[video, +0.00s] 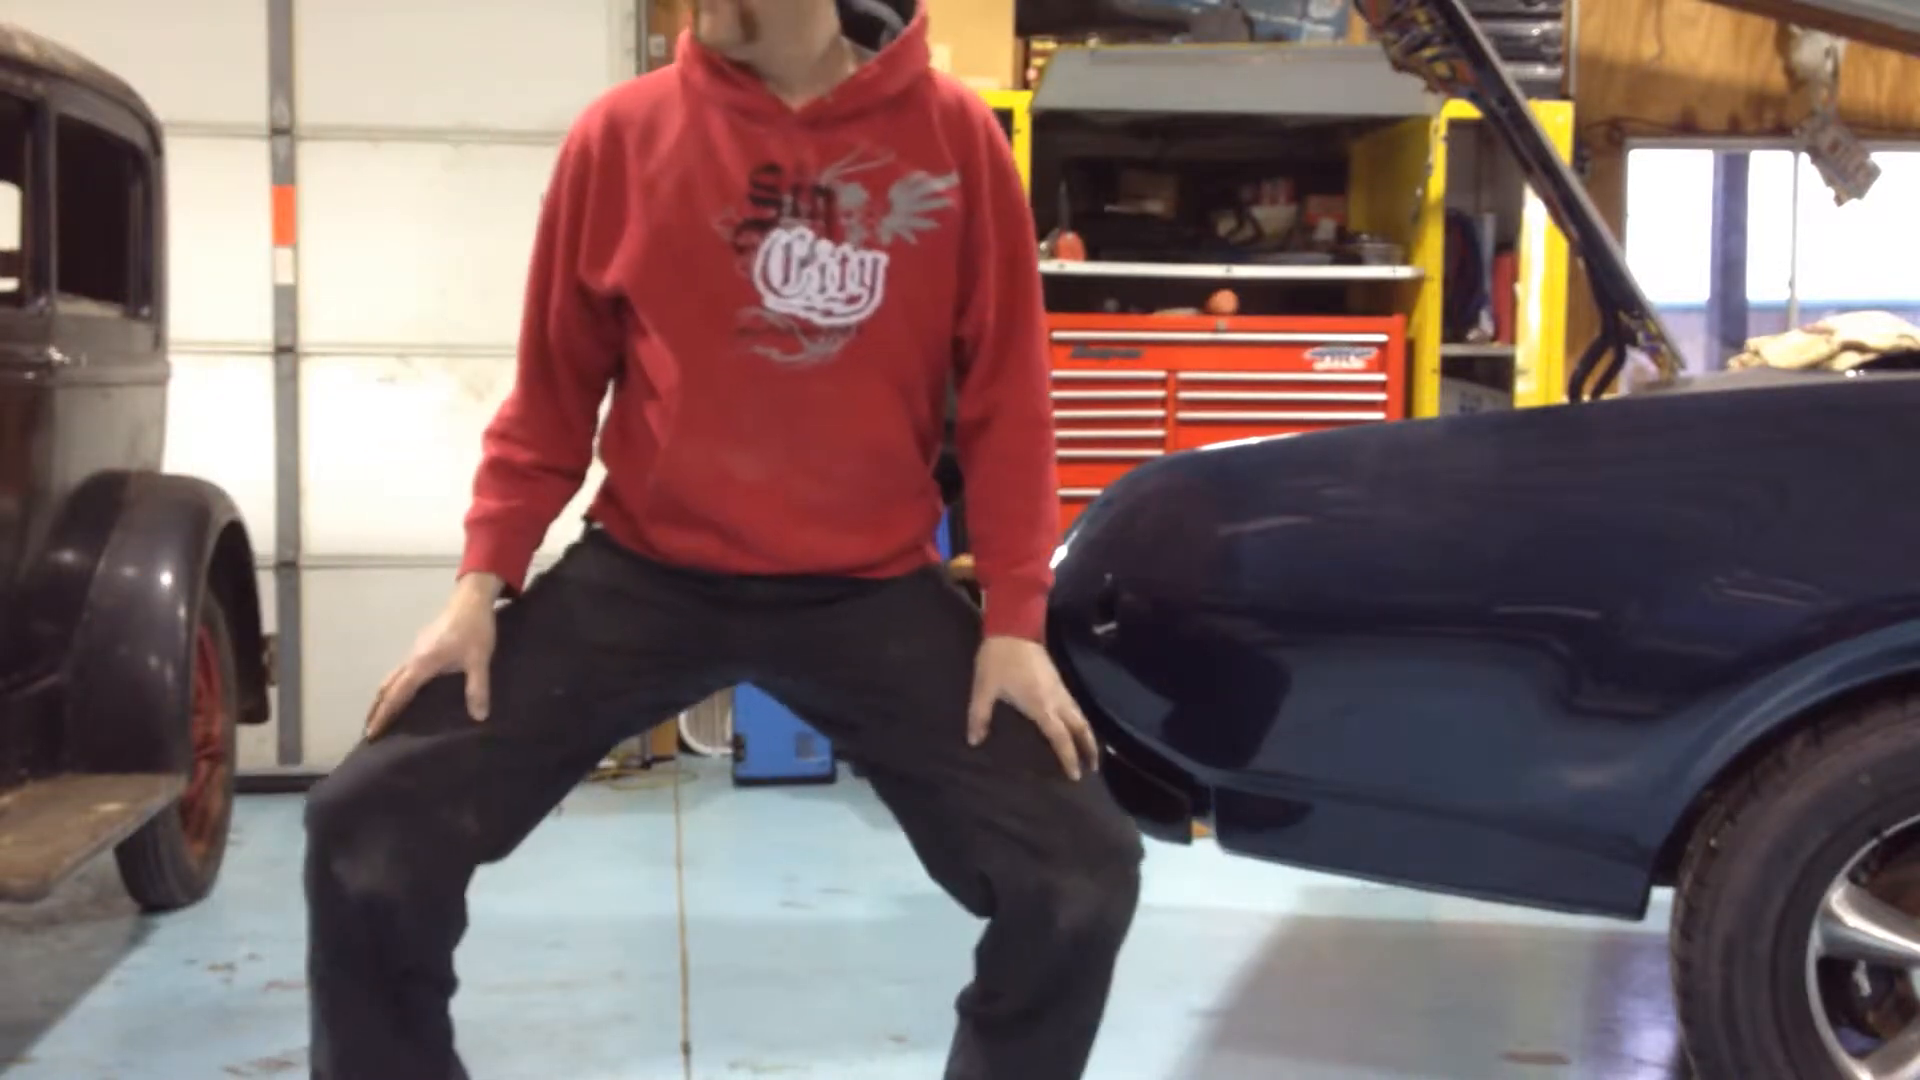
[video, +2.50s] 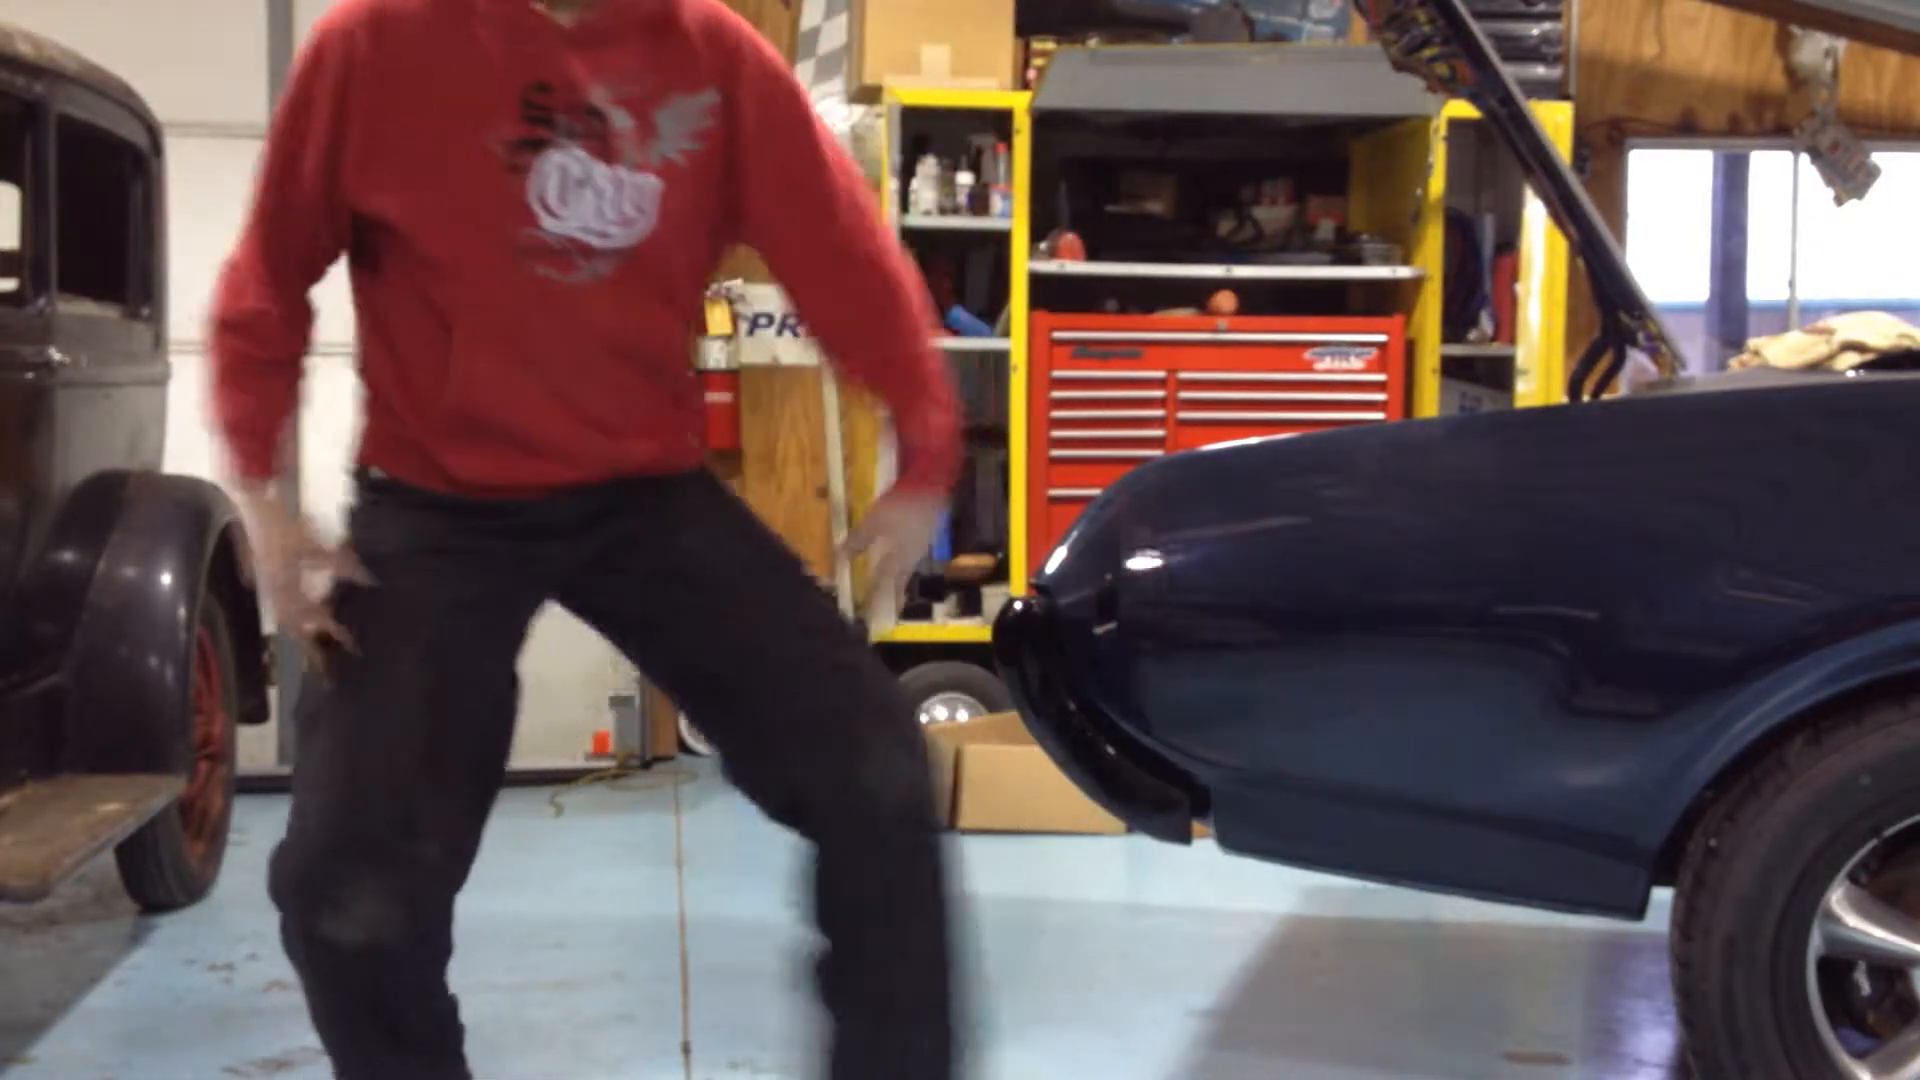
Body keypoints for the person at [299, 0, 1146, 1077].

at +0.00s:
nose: (705, 3)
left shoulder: (954, 135)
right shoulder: (624, 134)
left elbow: (1006, 389)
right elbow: (554, 384)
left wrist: (1016, 622)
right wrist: (480, 582)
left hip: (872, 595)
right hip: (643, 580)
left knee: (1081, 870)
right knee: (371, 825)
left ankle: (999, 1073)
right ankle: (393, 1072)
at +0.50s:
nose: (631, 8)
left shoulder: (749, 113)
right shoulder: (408, 132)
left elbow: (834, 363)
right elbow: (364, 386)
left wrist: (884, 567)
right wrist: (351, 593)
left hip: (740, 561)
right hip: (514, 571)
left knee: (990, 792)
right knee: (302, 877)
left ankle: (1022, 1062)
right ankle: (404, 1067)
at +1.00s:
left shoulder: (760, 103)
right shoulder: (427, 126)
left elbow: (854, 342)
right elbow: (390, 382)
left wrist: (905, 563)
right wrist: (366, 586)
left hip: (756, 561)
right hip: (528, 562)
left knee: (991, 821)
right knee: (302, 846)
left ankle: (979, 1071)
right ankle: (406, 1073)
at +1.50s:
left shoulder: (1011, 140)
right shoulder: (675, 123)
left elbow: (1068, 393)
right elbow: (603, 361)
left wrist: (1066, 611)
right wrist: (545, 556)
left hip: (916, 581)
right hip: (694, 562)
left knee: (1101, 862)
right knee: (423, 809)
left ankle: (985, 1075)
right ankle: (401, 1072)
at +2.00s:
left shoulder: (998, 137)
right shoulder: (666, 118)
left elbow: (1058, 395)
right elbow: (588, 358)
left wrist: (1059, 615)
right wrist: (526, 550)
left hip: (898, 577)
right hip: (675, 557)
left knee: (1088, 858)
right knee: (413, 809)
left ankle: (985, 1073)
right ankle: (371, 1069)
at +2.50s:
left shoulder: (713, 55)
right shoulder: (375, 41)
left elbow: (845, 254)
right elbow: (265, 272)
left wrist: (924, 465)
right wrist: (260, 497)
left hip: (651, 500)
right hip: (433, 513)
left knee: (876, 780)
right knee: (351, 896)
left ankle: (893, 1067)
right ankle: (413, 1073)